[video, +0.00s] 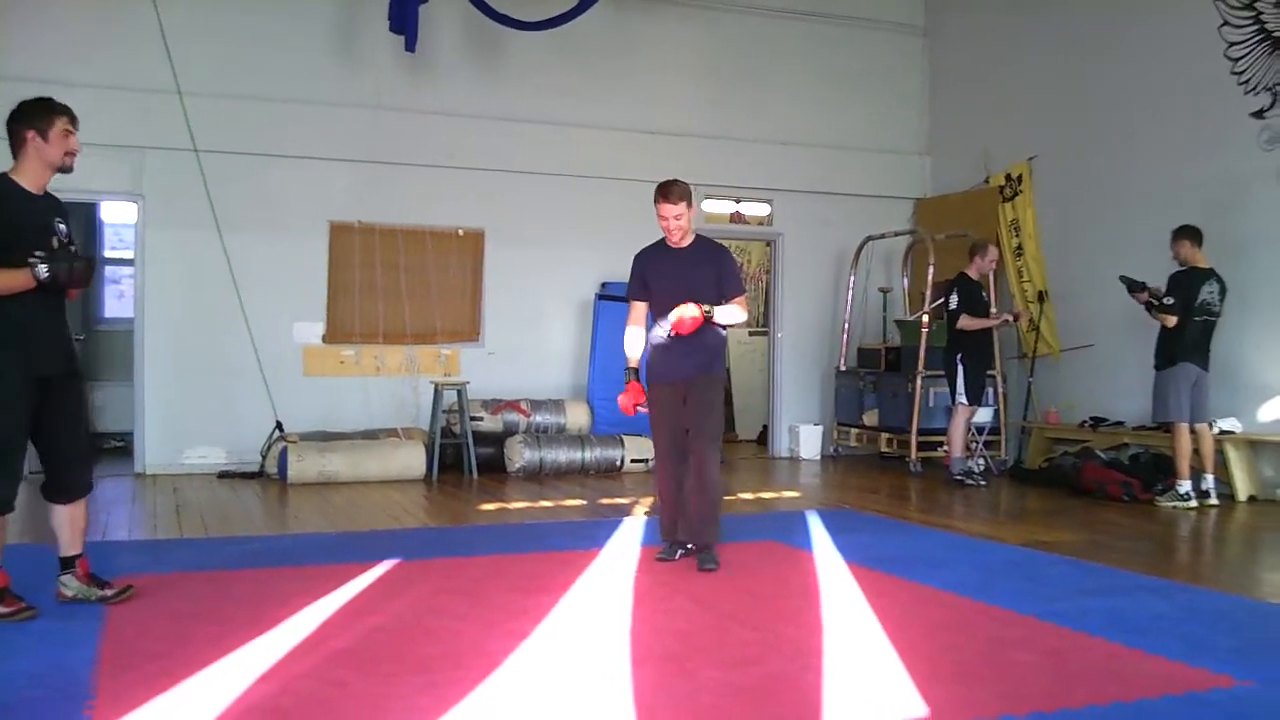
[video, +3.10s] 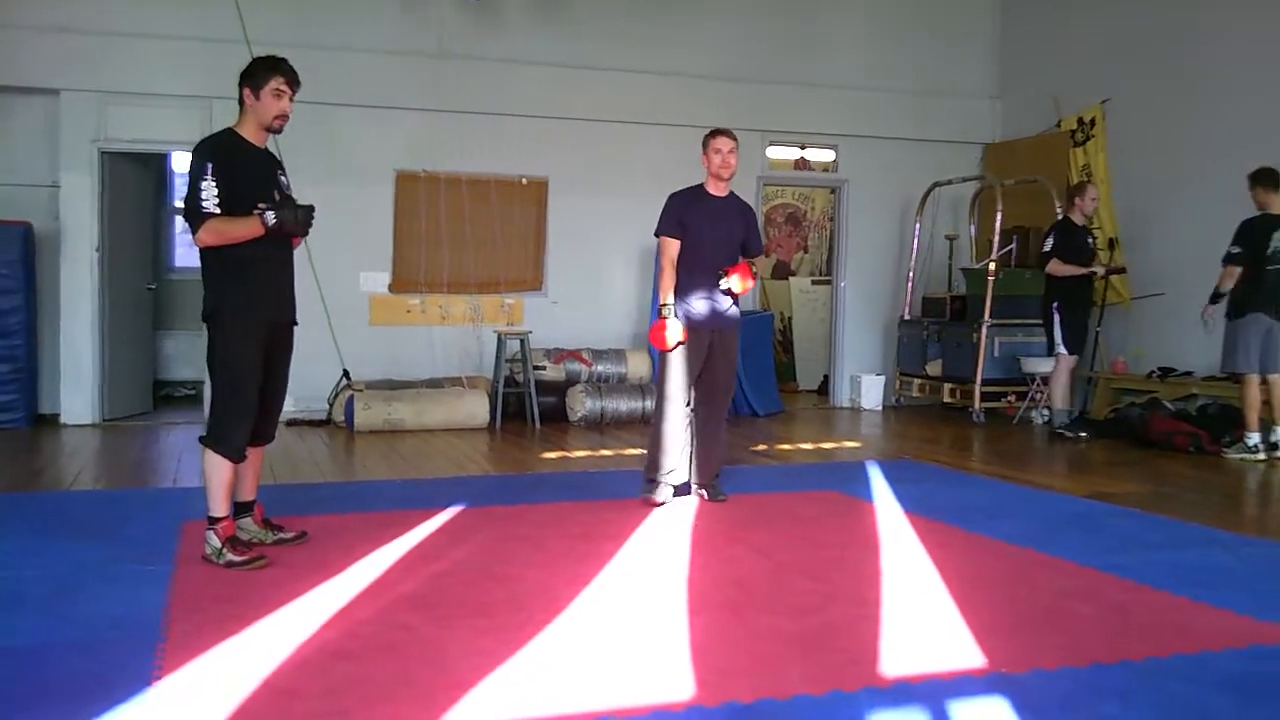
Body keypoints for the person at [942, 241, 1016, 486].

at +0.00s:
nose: (993, 267)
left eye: (995, 262)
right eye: (991, 262)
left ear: (979, 260)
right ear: (977, 260)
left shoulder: (977, 286)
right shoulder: (960, 284)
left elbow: (981, 316)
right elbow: (960, 321)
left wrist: (1007, 317)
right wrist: (995, 320)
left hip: (975, 355)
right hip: (962, 355)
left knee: (967, 409)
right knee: (962, 409)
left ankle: (961, 462)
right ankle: (956, 465)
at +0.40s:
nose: (1019, 268)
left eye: (1021, 264)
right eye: (1017, 263)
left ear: (1006, 263)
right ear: (1002, 261)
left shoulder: (1003, 287)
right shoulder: (988, 285)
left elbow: (1003, 320)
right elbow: (984, 323)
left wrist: (1027, 322)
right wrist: (1018, 322)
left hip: (1003, 357)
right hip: (990, 357)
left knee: (995, 414)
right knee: (993, 413)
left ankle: (989, 468)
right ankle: (988, 470)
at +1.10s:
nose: (1041, 255)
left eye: (1042, 250)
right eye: (1037, 249)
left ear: (1027, 252)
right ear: (1021, 251)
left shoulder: (1026, 281)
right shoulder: (1009, 278)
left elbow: (1025, 313)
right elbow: (1005, 315)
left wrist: (1051, 314)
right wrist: (1040, 315)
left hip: (1024, 351)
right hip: (1011, 350)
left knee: (1014, 405)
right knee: (1012, 405)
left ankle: (1007, 459)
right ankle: (1005, 462)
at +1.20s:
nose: (1033, 230)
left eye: (1035, 225)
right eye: (1029, 225)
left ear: (1020, 228)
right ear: (1014, 226)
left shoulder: (1019, 256)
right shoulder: (1001, 253)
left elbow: (1017, 287)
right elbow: (998, 290)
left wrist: (1041, 289)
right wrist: (1032, 290)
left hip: (1017, 324)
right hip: (1004, 324)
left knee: (1007, 377)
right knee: (1005, 377)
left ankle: (998, 429)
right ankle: (998, 432)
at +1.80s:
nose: (1053, 208)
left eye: (1054, 203)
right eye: (1049, 203)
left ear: (1048, 206)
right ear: (1033, 204)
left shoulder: (1039, 237)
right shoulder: (1020, 233)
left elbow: (1036, 270)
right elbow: (1015, 271)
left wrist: (1060, 272)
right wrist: (1050, 273)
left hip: (1039, 307)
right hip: (1022, 307)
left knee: (1041, 362)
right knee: (1024, 362)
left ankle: (1026, 415)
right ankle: (1013, 420)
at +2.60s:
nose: (1085, 205)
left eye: (1086, 200)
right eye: (1081, 200)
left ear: (1077, 203)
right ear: (1065, 201)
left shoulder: (1076, 233)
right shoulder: (1049, 229)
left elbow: (1074, 266)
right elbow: (1042, 266)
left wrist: (1097, 270)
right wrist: (1081, 270)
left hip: (1072, 304)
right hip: (1052, 304)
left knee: (1068, 359)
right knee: (1049, 359)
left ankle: (1065, 417)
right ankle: (1028, 416)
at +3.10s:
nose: (1096, 205)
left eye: (1097, 200)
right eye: (1092, 200)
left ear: (1087, 202)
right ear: (1077, 201)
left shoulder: (1087, 233)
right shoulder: (1060, 229)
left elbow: (1085, 264)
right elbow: (1049, 265)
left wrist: (1100, 269)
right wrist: (1085, 270)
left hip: (1078, 302)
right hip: (1061, 302)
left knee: (1071, 359)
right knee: (1066, 358)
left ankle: (1064, 418)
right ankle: (1059, 420)